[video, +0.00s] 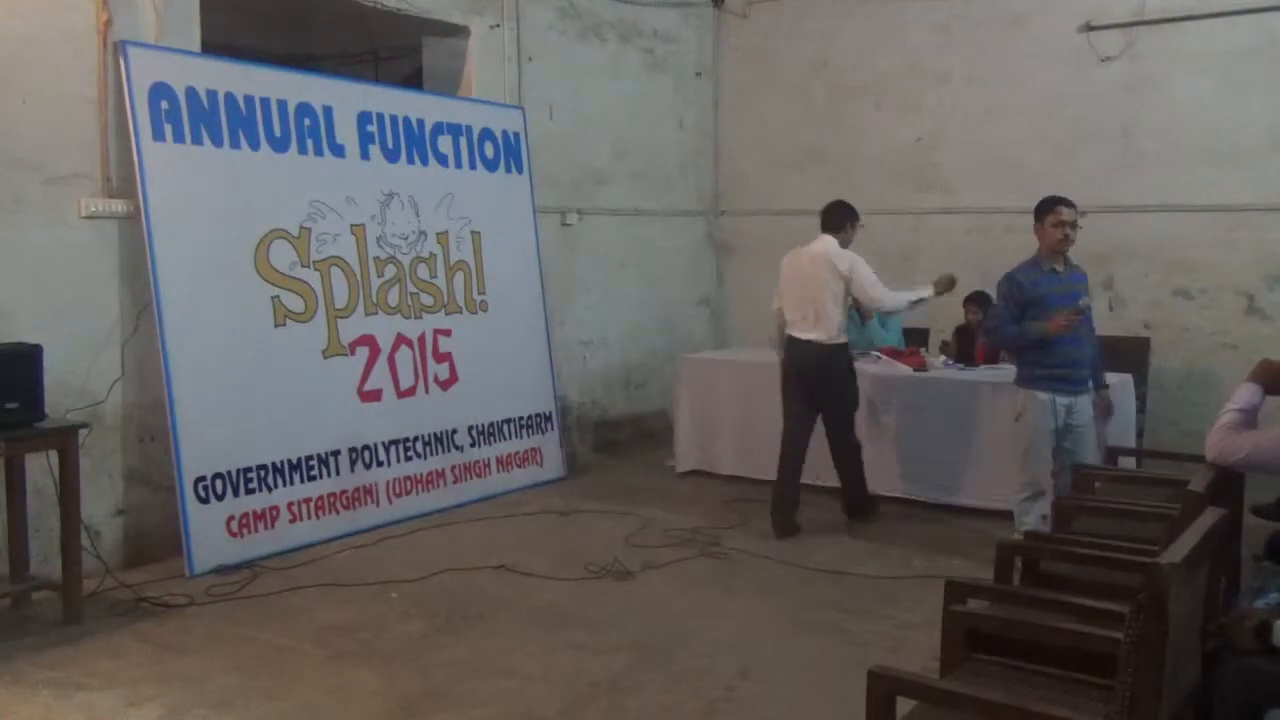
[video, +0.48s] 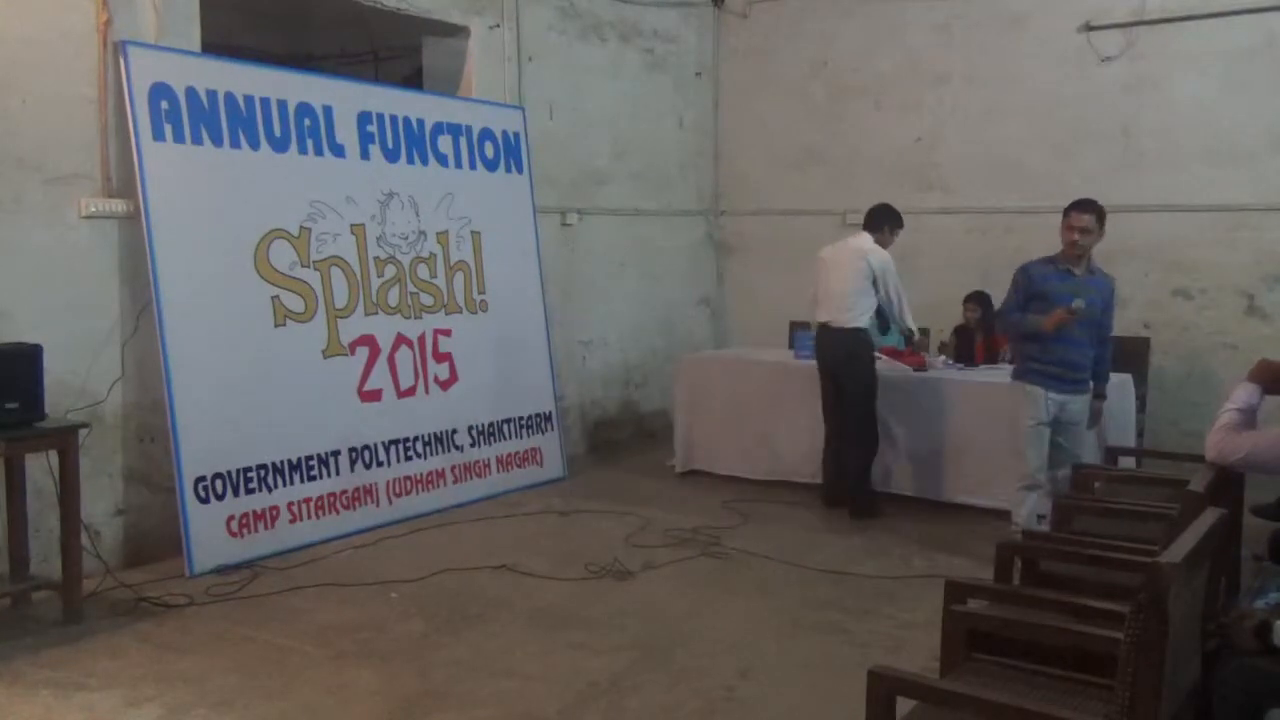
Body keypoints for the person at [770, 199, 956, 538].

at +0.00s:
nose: (855, 235)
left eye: (856, 228)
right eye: (855, 228)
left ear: (823, 224)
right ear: (846, 227)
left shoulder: (791, 259)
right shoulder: (845, 260)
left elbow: (779, 311)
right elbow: (879, 300)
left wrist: (785, 350)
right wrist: (930, 291)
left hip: (796, 356)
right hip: (832, 358)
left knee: (793, 439)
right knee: (842, 434)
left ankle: (782, 520)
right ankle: (858, 506)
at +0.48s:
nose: (894, 241)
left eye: (895, 235)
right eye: (894, 234)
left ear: (866, 225)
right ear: (884, 229)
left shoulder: (828, 251)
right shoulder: (877, 255)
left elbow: (818, 296)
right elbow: (894, 298)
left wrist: (824, 325)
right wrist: (911, 332)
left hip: (824, 337)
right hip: (854, 339)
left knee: (834, 419)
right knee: (861, 420)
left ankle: (832, 494)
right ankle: (860, 500)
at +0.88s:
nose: (889, 232)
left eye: (891, 225)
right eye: (887, 224)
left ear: (871, 221)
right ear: (870, 220)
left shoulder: (864, 253)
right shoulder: (839, 251)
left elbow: (864, 305)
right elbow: (828, 300)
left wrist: (869, 343)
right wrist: (837, 342)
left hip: (854, 339)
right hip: (834, 340)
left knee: (849, 418)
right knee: (836, 419)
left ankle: (839, 492)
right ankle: (827, 499)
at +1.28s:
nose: (869, 230)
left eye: (869, 225)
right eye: (869, 224)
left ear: (843, 218)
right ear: (862, 224)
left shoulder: (842, 250)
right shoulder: (836, 251)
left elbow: (836, 305)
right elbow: (823, 306)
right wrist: (821, 355)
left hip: (834, 338)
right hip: (824, 339)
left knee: (835, 416)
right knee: (821, 420)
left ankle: (830, 488)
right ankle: (807, 499)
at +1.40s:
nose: (862, 228)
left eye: (860, 222)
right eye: (862, 222)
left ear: (834, 217)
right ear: (857, 222)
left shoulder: (825, 247)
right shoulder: (835, 249)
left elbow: (825, 303)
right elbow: (830, 305)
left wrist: (843, 346)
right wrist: (844, 351)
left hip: (810, 336)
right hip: (815, 338)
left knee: (823, 418)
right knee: (820, 419)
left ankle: (820, 490)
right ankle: (807, 499)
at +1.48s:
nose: (857, 227)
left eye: (857, 221)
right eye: (857, 221)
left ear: (828, 217)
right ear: (853, 221)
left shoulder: (822, 245)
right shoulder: (833, 246)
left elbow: (820, 301)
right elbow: (829, 298)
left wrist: (849, 346)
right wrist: (856, 343)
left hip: (806, 339)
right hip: (813, 340)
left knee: (815, 420)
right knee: (818, 420)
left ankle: (806, 496)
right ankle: (806, 499)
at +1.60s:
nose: (851, 226)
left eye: (850, 220)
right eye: (851, 220)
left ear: (822, 217)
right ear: (847, 220)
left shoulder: (816, 245)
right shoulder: (828, 246)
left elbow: (817, 303)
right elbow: (826, 301)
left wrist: (842, 343)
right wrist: (863, 335)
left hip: (801, 338)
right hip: (809, 340)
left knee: (807, 420)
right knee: (811, 421)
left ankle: (798, 496)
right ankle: (801, 499)